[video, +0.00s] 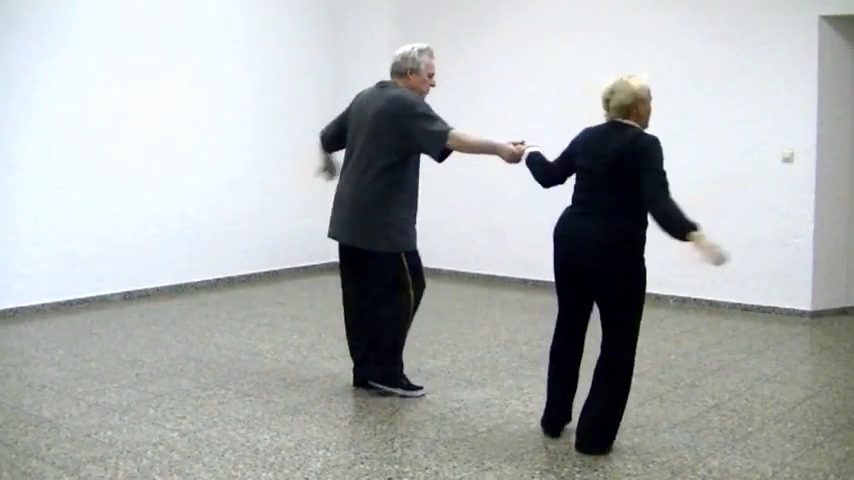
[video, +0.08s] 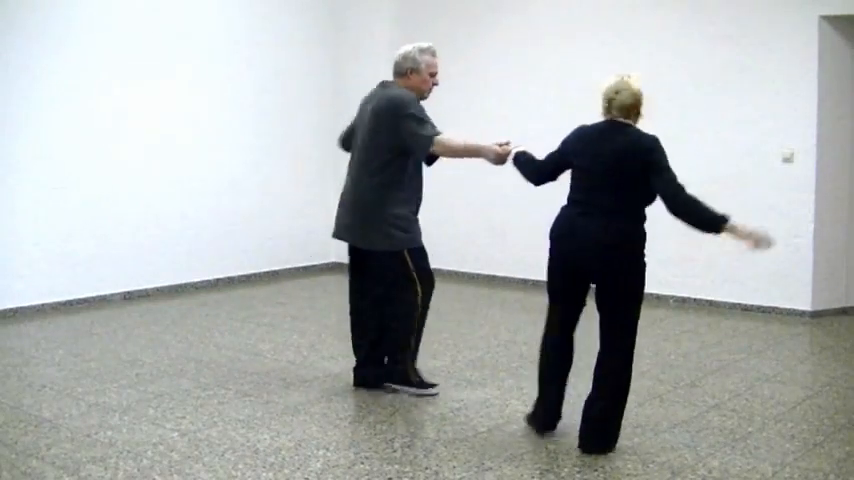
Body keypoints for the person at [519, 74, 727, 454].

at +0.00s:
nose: (652, 108)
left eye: (650, 101)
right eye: (648, 103)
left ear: (610, 107)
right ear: (638, 108)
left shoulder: (588, 138)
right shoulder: (646, 145)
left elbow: (548, 175)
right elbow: (657, 200)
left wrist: (530, 154)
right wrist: (693, 234)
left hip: (572, 250)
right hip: (620, 258)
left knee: (569, 330)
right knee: (618, 346)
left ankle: (554, 420)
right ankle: (594, 438)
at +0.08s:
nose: (640, 113)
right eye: (640, 108)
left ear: (604, 107)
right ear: (637, 110)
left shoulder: (582, 137)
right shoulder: (646, 146)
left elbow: (538, 173)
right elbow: (675, 199)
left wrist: (518, 154)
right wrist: (728, 227)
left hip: (569, 249)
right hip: (622, 256)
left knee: (559, 328)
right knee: (617, 344)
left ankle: (544, 417)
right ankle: (597, 438)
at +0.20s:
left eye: (583, 99)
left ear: (583, 105)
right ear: (617, 107)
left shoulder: (564, 139)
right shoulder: (633, 146)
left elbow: (519, 180)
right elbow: (682, 191)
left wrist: (494, 166)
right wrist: (733, 190)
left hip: (561, 250)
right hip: (614, 256)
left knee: (536, 328)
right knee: (613, 341)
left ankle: (521, 413)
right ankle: (607, 438)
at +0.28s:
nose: (560, 110)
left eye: (561, 105)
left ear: (563, 108)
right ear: (597, 108)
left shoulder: (545, 142)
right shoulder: (614, 146)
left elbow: (506, 188)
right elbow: (662, 185)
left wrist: (482, 176)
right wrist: (683, 167)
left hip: (550, 254)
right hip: (602, 258)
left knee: (522, 330)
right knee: (607, 339)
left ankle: (501, 413)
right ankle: (613, 436)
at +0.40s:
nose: (520, 111)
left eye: (522, 106)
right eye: (523, 105)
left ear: (528, 109)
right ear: (559, 109)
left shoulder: (514, 145)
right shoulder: (577, 144)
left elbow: (481, 201)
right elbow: (603, 179)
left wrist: (464, 191)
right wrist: (572, 165)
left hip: (526, 257)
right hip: (575, 257)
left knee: (500, 334)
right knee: (581, 336)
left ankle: (491, 418)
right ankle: (615, 421)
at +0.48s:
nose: (496, 107)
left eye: (500, 102)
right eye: (498, 101)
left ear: (513, 106)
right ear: (533, 107)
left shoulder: (499, 144)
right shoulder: (553, 141)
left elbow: (472, 205)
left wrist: (457, 206)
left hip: (513, 246)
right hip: (558, 242)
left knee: (486, 326)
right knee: (547, 328)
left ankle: (491, 416)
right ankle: (596, 400)